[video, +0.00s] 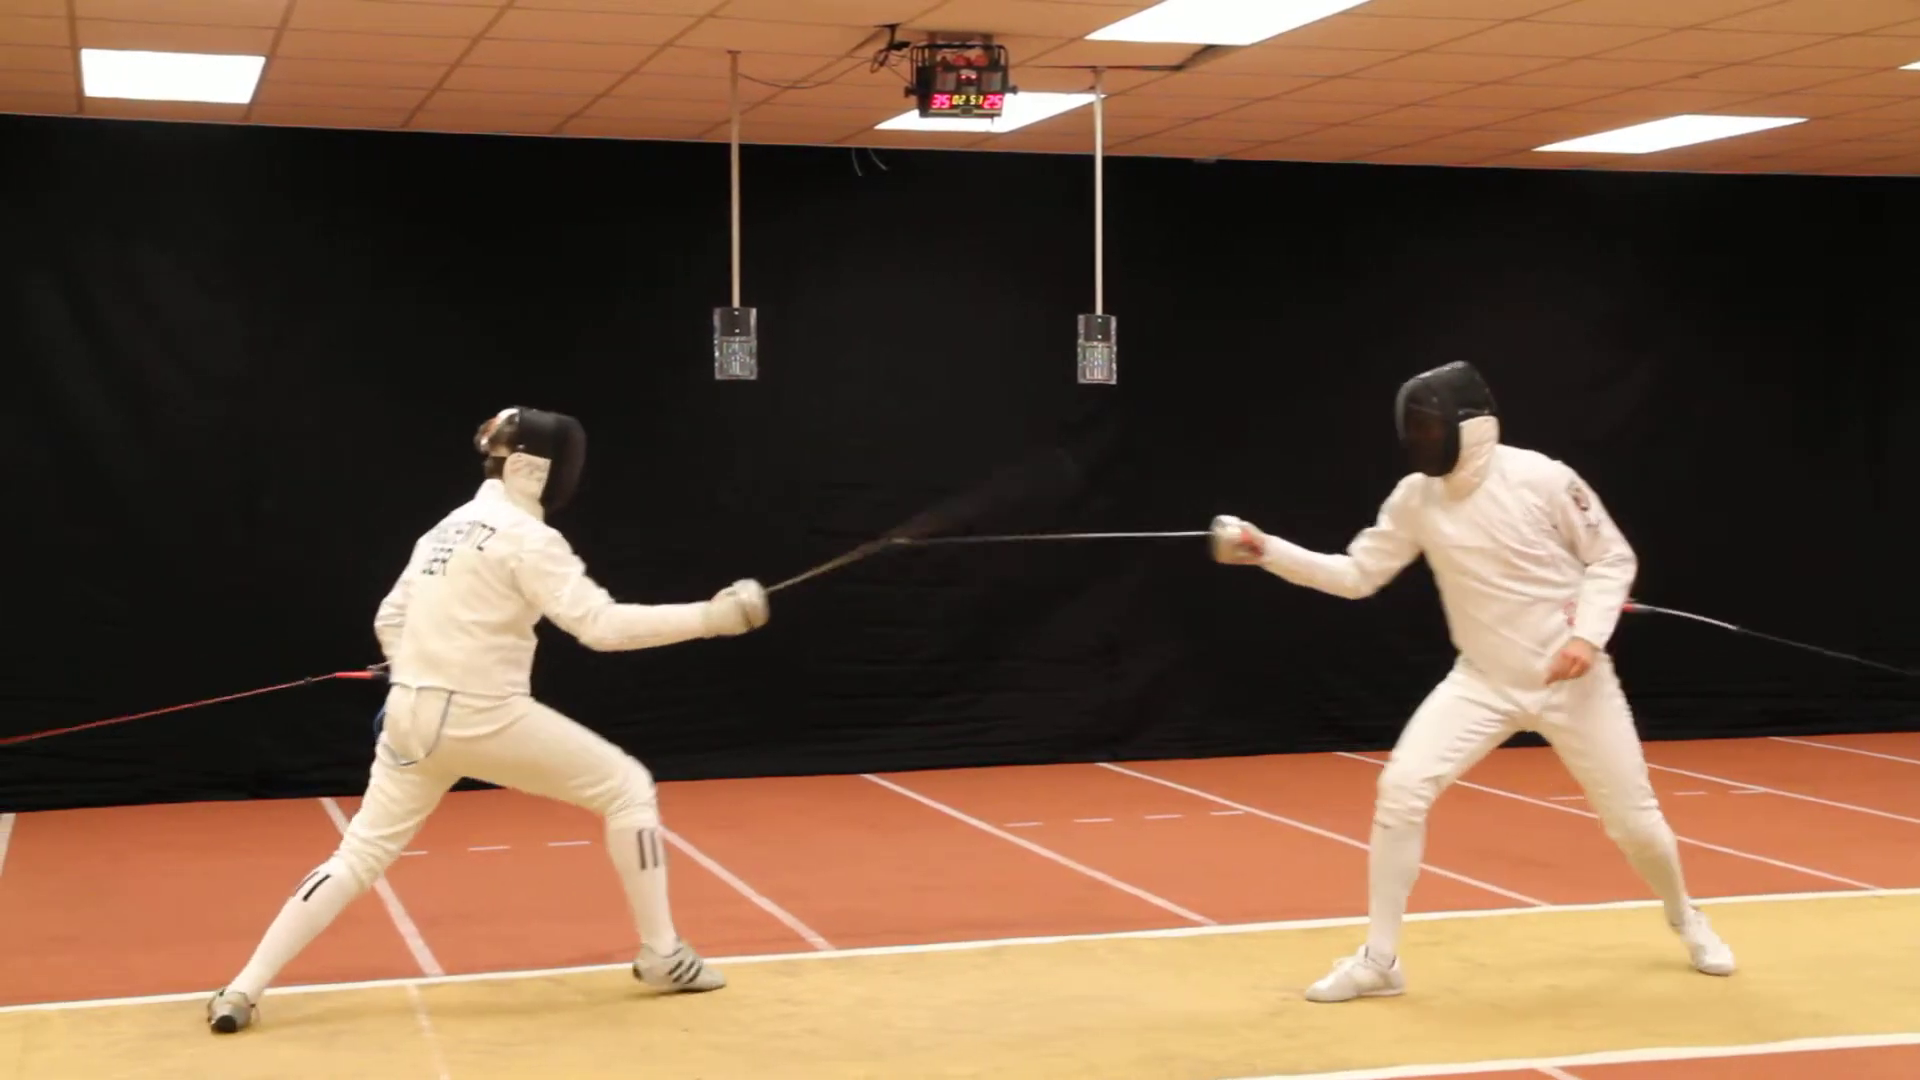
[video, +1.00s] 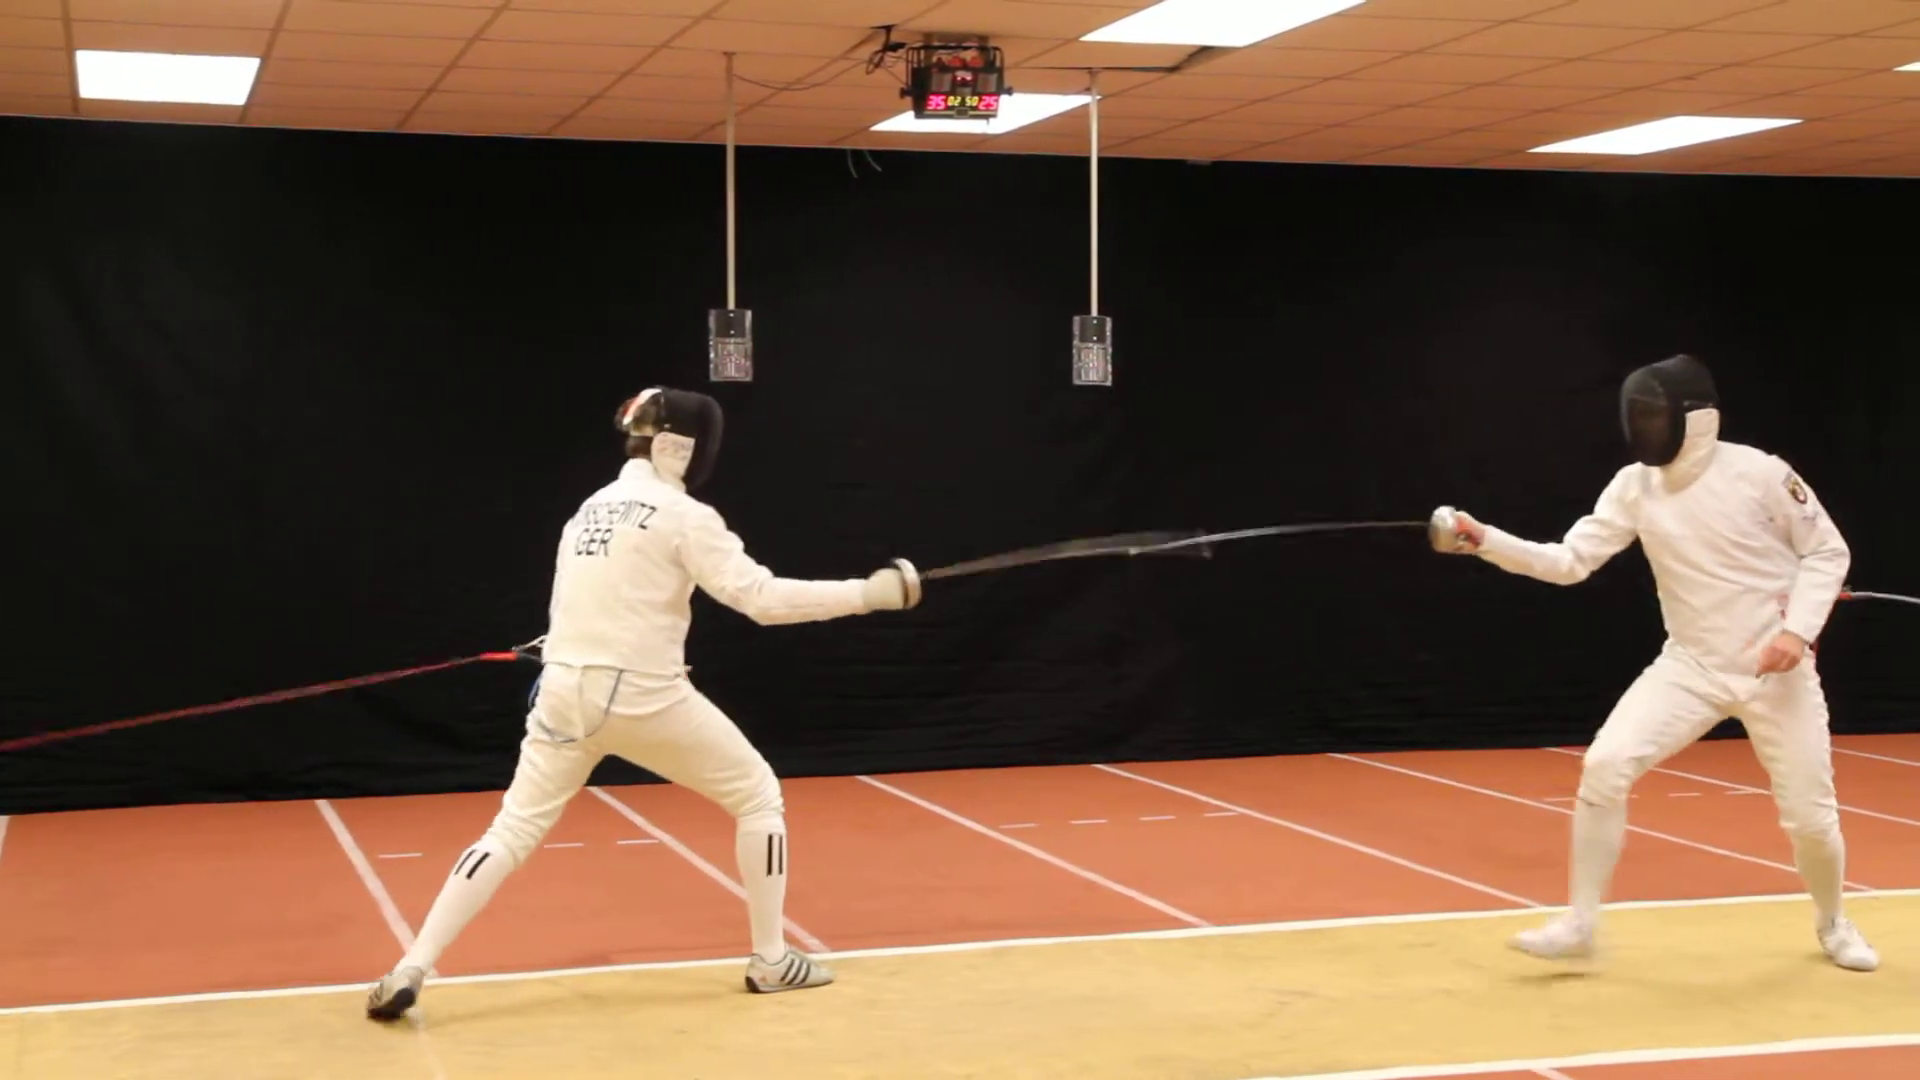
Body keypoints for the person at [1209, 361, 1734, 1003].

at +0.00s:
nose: (1421, 441)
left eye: (1432, 426)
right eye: (1416, 427)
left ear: (1472, 425)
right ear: (1418, 432)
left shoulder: (1544, 481)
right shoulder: (1417, 500)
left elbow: (1613, 560)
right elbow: (1355, 575)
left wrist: (1588, 635)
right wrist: (1263, 549)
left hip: (1576, 683)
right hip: (1480, 682)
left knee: (1639, 825)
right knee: (1401, 793)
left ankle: (1685, 918)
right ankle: (1380, 959)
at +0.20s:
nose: (1480, 431)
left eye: (1494, 417)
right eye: (1478, 418)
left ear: (1539, 417)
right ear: (1484, 421)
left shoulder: (1610, 475)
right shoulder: (1485, 493)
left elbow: (1685, 550)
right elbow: (1426, 570)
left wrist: (1645, 626)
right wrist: (1337, 548)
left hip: (1641, 676)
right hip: (1551, 674)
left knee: (1676, 823)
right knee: (1474, 783)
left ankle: (1698, 929)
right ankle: (1466, 949)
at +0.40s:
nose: (1522, 436)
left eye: (1535, 422)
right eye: (1518, 423)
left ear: (1579, 423)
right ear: (1518, 429)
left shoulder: (1645, 482)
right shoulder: (1516, 493)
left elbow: (1717, 560)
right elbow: (1437, 546)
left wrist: (1696, 634)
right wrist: (1340, 536)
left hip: (1675, 680)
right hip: (1581, 681)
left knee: (1761, 812)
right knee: (1502, 787)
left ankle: (1741, 900)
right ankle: (1496, 948)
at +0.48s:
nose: (1551, 435)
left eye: (1564, 421)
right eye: (1546, 422)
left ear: (1605, 422)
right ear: (1545, 426)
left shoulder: (1672, 483)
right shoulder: (1544, 494)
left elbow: (1741, 561)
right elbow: (1472, 559)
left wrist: (1720, 635)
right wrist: (1375, 545)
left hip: (1699, 681)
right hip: (1604, 681)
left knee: (1781, 819)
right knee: (1522, 787)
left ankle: (1814, 904)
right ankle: (1496, 946)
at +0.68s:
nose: (1617, 433)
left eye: (1630, 420)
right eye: (1614, 421)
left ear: (1675, 421)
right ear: (1618, 423)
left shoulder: (1743, 477)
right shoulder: (1619, 493)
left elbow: (1816, 555)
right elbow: (1559, 569)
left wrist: (1774, 626)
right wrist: (1468, 553)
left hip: (1772, 673)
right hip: (1682, 674)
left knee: (1811, 822)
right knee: (1596, 782)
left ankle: (1837, 921)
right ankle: (1553, 937)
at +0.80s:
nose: (1649, 428)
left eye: (1661, 415)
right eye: (1645, 416)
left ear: (1702, 415)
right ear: (1644, 419)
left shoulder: (1763, 475)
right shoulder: (1639, 490)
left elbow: (1838, 550)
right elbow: (1576, 564)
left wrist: (1799, 624)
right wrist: (1488, 546)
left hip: (1784, 674)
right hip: (1696, 672)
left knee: (1816, 823)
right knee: (1619, 782)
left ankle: (1838, 923)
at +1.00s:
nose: (1643, 427)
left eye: (1656, 414)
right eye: (1640, 415)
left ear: (1697, 415)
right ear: (1640, 417)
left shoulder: (1760, 476)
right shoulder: (1634, 488)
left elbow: (1828, 552)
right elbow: (1570, 562)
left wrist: (1797, 631)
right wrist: (1482, 539)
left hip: (1777, 672)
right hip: (1689, 668)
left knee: (1813, 821)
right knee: (1605, 767)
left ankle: (1833, 924)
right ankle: (1580, 924)